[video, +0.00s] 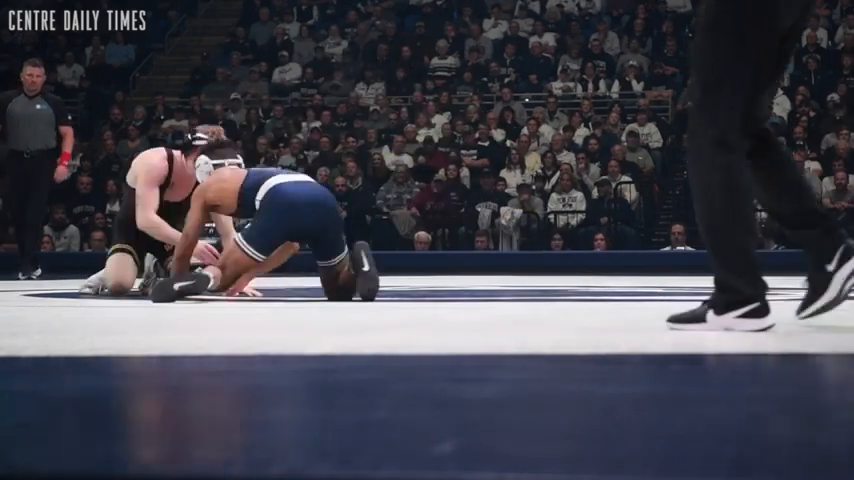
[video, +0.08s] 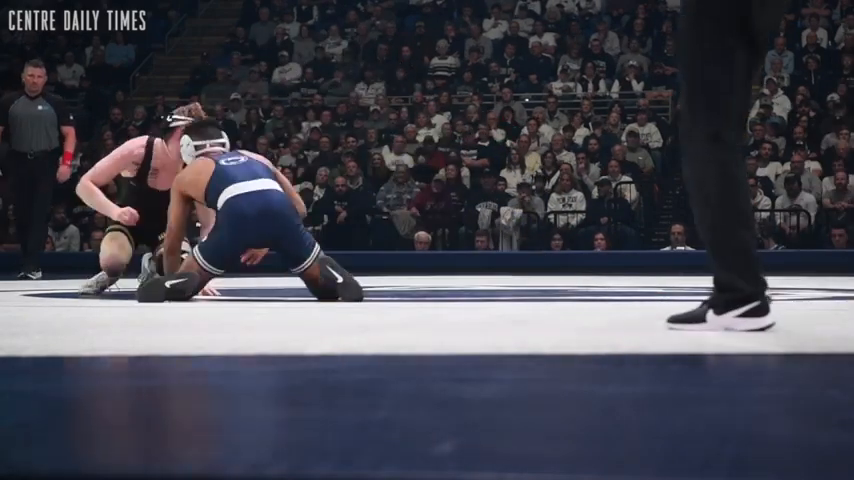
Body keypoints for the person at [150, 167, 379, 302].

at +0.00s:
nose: (198, 182)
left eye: (199, 177)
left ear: (205, 173)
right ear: (233, 167)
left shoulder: (205, 189)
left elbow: (185, 247)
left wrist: (178, 283)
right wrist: (243, 277)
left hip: (283, 200)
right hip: (324, 200)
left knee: (222, 274)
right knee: (337, 292)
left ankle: (190, 284)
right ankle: (358, 270)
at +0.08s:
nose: (181, 158)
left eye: (182, 152)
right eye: (181, 152)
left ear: (189, 151)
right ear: (223, 145)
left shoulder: (185, 177)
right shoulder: (255, 159)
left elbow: (174, 239)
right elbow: (298, 207)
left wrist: (170, 281)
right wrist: (265, 242)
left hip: (237, 220)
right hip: (283, 214)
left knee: (189, 277)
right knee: (322, 288)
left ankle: (176, 286)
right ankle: (337, 282)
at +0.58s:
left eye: (157, 104)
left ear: (158, 106)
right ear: (195, 99)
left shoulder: (148, 139)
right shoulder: (219, 118)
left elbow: (149, 212)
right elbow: (239, 170)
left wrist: (152, 261)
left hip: (178, 197)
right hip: (221, 191)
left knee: (164, 287)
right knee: (221, 215)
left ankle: (157, 277)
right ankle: (210, 274)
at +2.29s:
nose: (449, 75)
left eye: (450, 68)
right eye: (446, 67)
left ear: (422, 64)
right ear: (430, 65)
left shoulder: (398, 79)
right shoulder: (408, 79)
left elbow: (381, 152)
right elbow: (391, 127)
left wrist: (401, 177)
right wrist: (411, 170)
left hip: (324, 133)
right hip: (325, 132)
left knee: (381, 198)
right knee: (388, 191)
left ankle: (385, 275)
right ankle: (350, 263)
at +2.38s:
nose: (460, 94)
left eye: (461, 87)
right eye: (458, 86)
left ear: (434, 81)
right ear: (443, 83)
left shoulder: (407, 104)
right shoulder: (419, 96)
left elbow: (409, 172)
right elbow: (424, 158)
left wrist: (432, 207)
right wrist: (446, 205)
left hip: (326, 136)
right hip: (326, 134)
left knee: (385, 195)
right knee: (384, 194)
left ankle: (386, 272)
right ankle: (385, 273)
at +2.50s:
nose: (470, 119)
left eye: (472, 113)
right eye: (469, 111)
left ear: (445, 104)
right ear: (455, 108)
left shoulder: (410, 136)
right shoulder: (434, 116)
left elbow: (423, 186)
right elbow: (457, 176)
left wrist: (456, 227)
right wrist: (482, 223)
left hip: (324, 138)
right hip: (331, 136)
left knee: (377, 203)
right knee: (389, 197)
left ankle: (382, 276)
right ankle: (388, 277)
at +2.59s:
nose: (471, 125)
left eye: (474, 120)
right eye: (472, 119)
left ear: (449, 106)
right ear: (462, 113)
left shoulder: (412, 136)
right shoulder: (437, 118)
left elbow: (423, 185)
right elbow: (460, 177)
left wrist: (445, 232)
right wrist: (483, 219)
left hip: (324, 137)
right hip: (335, 138)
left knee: (376, 201)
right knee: (398, 199)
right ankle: (389, 278)